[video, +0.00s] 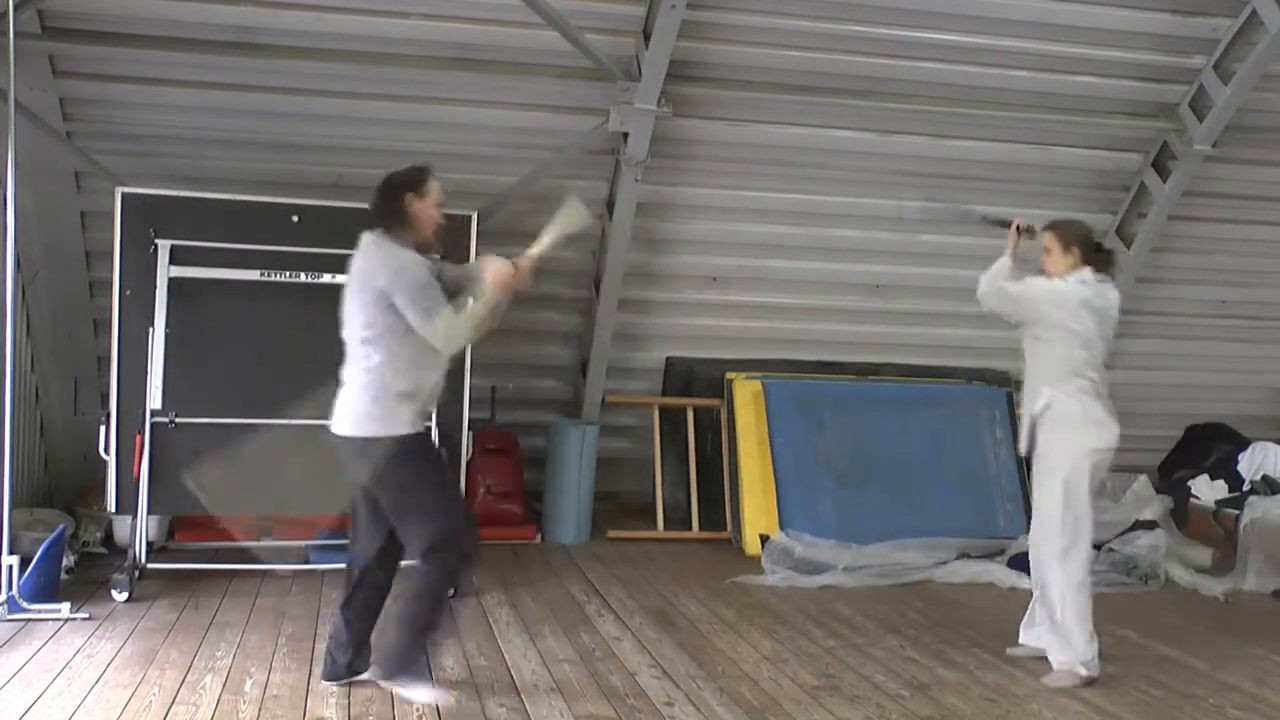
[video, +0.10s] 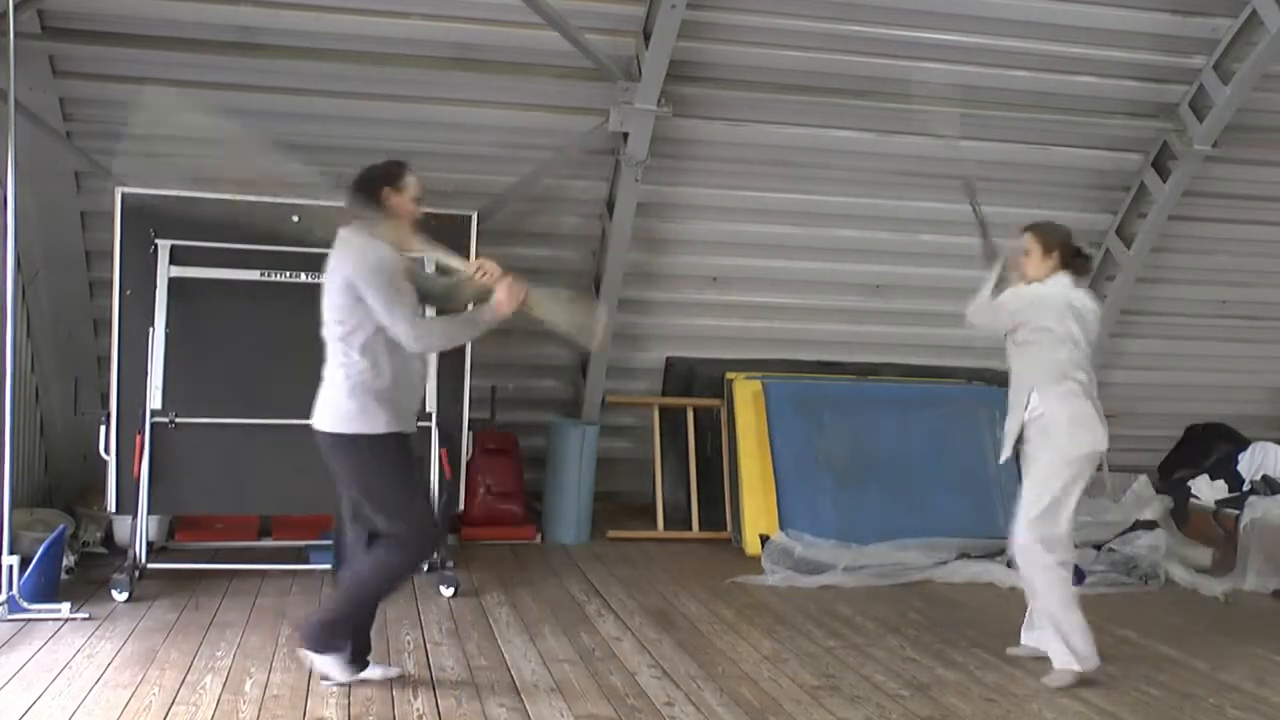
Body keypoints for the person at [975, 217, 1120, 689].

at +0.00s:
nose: (1041, 260)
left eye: (1048, 253)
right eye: (1042, 252)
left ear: (1073, 255)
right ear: (1080, 257)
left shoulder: (1053, 295)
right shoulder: (1100, 296)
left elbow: (991, 292)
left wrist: (1009, 254)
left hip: (1068, 429)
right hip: (1090, 426)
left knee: (1059, 540)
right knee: (1056, 534)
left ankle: (1077, 658)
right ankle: (1044, 633)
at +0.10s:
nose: (1019, 262)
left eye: (1027, 253)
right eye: (1020, 253)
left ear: (1052, 258)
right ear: (1060, 262)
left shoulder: (1035, 296)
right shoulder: (1083, 303)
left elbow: (978, 315)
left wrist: (999, 273)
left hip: (1057, 432)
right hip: (1084, 432)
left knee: (1029, 539)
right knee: (1050, 536)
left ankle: (1077, 656)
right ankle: (1041, 635)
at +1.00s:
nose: (858, 256)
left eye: (868, 247)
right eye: (855, 247)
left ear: (895, 252)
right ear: (851, 253)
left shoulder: (910, 294)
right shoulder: (849, 293)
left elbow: (922, 247)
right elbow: (846, 222)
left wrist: (928, 195)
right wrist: (886, 181)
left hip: (897, 446)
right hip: (848, 445)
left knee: (870, 549)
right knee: (832, 553)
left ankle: (938, 633)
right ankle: (852, 657)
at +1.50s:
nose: (787, 246)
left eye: (794, 237)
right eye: (788, 237)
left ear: (822, 241)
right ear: (828, 243)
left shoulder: (803, 292)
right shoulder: (851, 290)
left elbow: (748, 353)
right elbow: (802, 353)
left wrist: (702, 344)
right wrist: (730, 348)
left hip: (806, 442)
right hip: (845, 439)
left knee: (769, 549)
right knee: (811, 542)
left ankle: (760, 672)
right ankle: (838, 651)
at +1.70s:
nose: (785, 247)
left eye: (794, 239)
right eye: (787, 238)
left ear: (819, 247)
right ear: (829, 250)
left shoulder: (785, 287)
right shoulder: (849, 296)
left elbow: (730, 254)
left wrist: (753, 217)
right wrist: (770, 224)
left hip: (810, 439)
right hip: (855, 439)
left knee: (743, 543)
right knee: (826, 551)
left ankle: (753, 672)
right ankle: (850, 660)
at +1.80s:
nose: (773, 255)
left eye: (781, 248)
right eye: (776, 247)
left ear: (803, 256)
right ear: (816, 257)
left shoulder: (770, 292)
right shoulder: (842, 302)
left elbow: (750, 253)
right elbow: (814, 265)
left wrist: (781, 216)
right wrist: (798, 219)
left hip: (811, 446)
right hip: (858, 443)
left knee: (742, 551)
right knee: (829, 557)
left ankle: (746, 683)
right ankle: (852, 663)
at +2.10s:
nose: (720, 309)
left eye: (726, 300)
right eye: (721, 299)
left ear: (752, 303)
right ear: (765, 304)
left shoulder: (756, 339)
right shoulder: (784, 343)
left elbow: (693, 386)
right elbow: (729, 414)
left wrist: (655, 402)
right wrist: (669, 416)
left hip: (816, 492)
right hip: (846, 488)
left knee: (728, 573)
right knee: (802, 580)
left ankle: (739, 702)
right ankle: (861, 662)